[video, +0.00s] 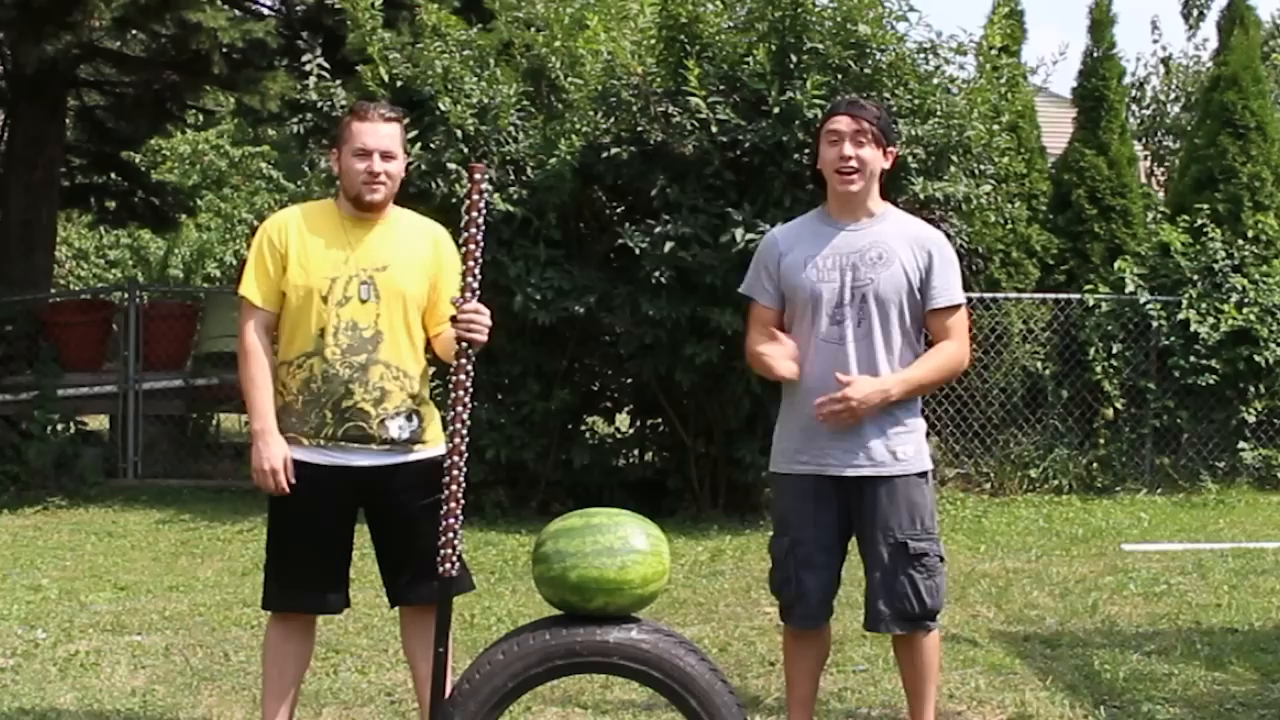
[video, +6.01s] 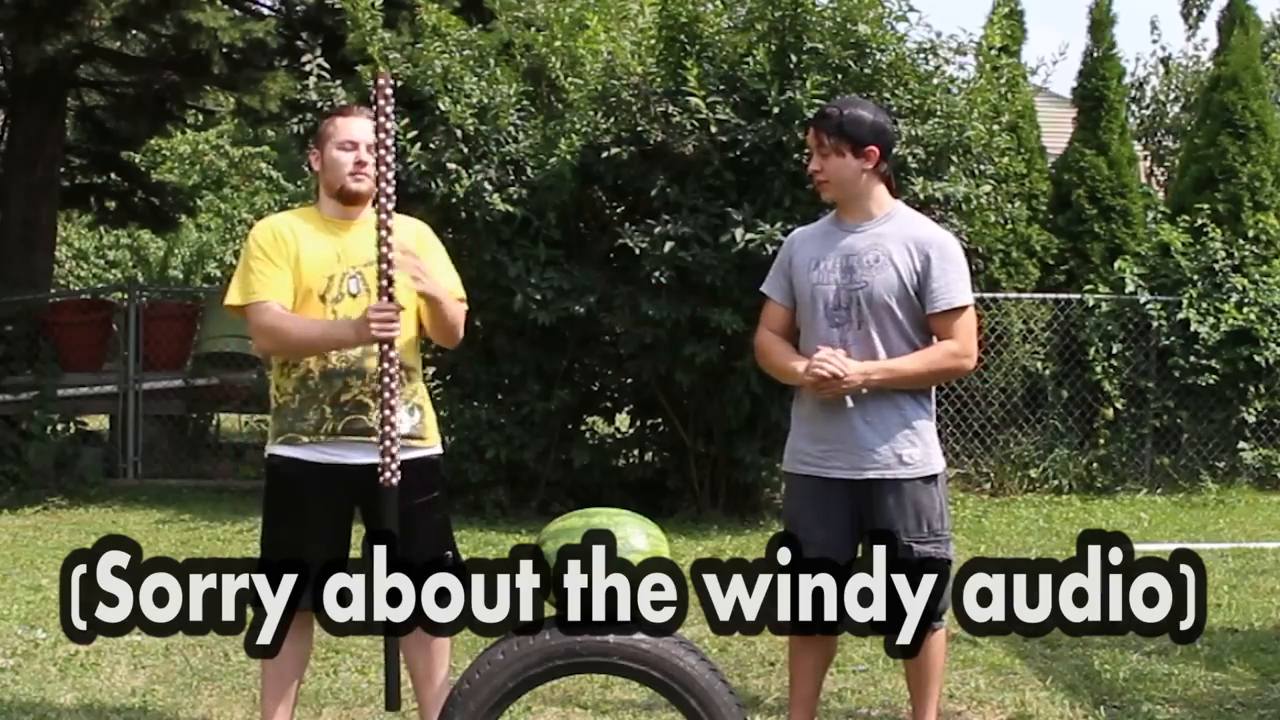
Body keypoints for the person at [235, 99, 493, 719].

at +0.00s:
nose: (376, 166)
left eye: (389, 155)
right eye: (363, 153)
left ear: (405, 165)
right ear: (335, 160)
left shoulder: (432, 240)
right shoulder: (285, 231)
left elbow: (442, 342)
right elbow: (255, 333)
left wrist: (467, 335)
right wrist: (264, 430)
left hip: (409, 456)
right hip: (310, 454)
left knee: (426, 599)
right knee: (293, 604)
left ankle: (438, 715)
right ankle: (275, 717)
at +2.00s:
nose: (356, 163)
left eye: (368, 153)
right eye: (343, 152)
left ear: (383, 163)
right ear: (314, 160)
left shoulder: (415, 236)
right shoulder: (270, 235)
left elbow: (430, 331)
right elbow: (245, 340)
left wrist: (454, 330)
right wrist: (244, 433)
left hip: (395, 456)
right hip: (295, 454)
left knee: (418, 604)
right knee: (281, 604)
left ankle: (438, 716)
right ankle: (275, 717)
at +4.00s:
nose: (357, 170)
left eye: (371, 160)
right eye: (345, 156)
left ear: (388, 171)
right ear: (319, 159)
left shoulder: (411, 243)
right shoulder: (266, 230)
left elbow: (427, 344)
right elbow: (233, 325)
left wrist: (455, 336)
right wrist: (222, 423)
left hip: (378, 459)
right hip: (279, 454)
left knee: (406, 604)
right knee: (272, 603)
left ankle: (435, 715)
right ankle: (273, 718)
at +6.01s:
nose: (362, 158)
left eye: (372, 148)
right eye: (348, 147)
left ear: (383, 161)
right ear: (316, 158)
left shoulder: (413, 234)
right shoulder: (276, 234)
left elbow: (450, 334)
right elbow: (266, 332)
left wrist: (434, 290)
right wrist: (353, 329)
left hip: (407, 449)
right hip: (307, 450)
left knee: (426, 599)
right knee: (290, 599)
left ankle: (437, 716)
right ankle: (276, 716)